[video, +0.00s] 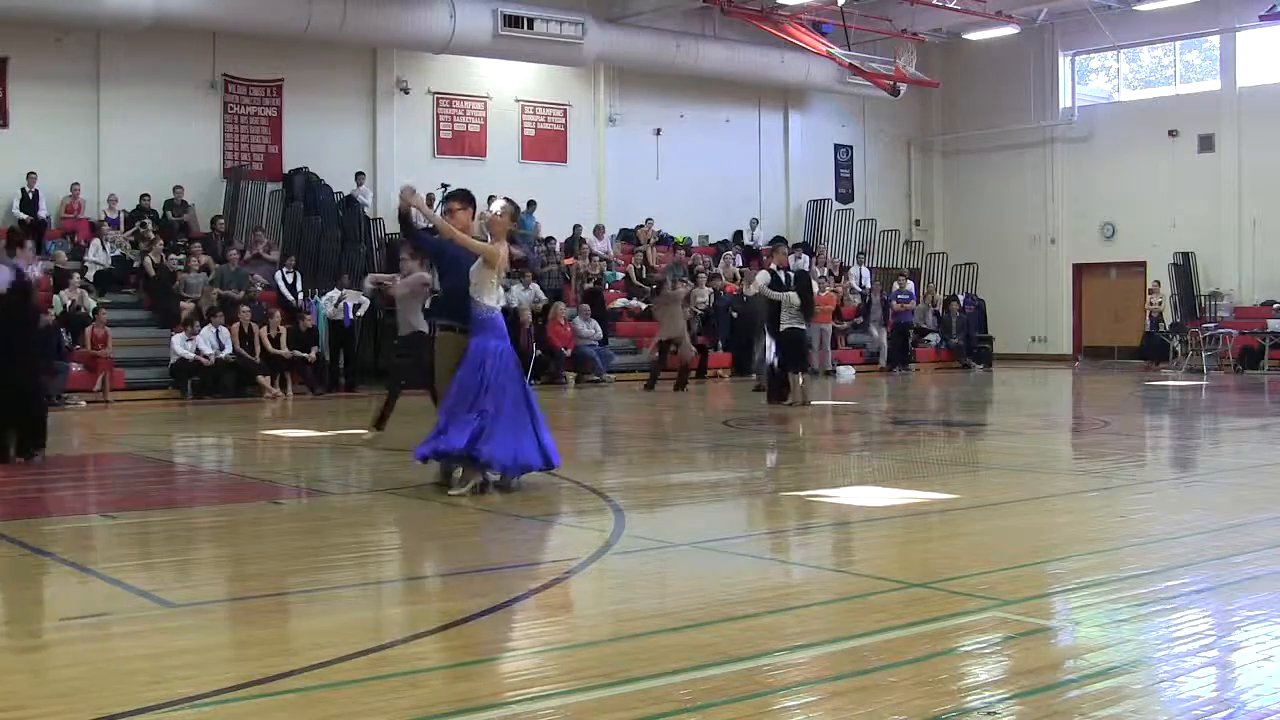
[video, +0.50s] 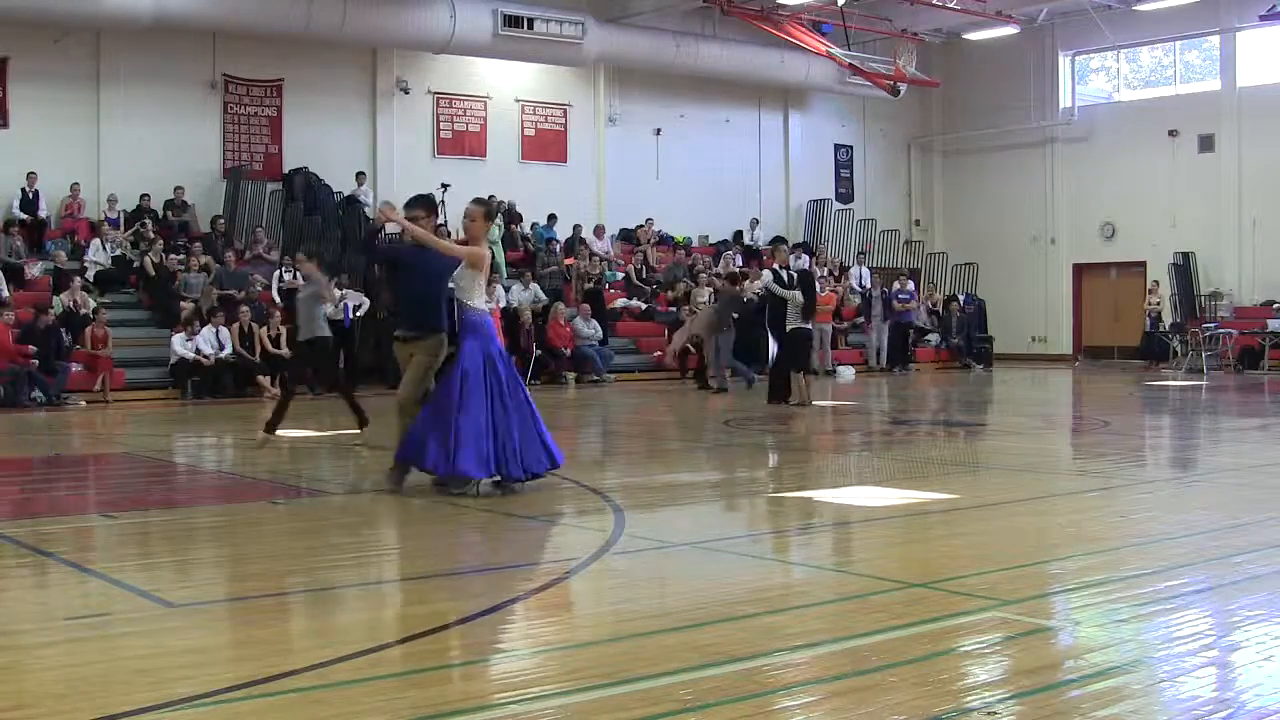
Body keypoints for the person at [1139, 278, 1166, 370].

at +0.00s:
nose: (1154, 288)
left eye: (1156, 286)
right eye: (1153, 286)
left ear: (1159, 287)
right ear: (1151, 287)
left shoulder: (1162, 296)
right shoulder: (1149, 296)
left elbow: (1161, 308)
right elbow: (1146, 307)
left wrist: (1150, 308)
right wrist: (1156, 307)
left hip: (1159, 319)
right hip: (1150, 319)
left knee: (1158, 340)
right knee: (1149, 339)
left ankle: (1157, 361)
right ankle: (1149, 361)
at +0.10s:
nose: (1154, 288)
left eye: (1156, 286)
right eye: (1153, 286)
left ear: (1159, 287)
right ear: (1151, 287)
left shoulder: (1162, 296)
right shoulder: (1149, 296)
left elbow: (1161, 308)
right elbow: (1146, 307)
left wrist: (1150, 308)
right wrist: (1157, 307)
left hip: (1159, 318)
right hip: (1151, 319)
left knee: (1158, 340)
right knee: (1150, 339)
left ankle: (1156, 361)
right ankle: (1149, 360)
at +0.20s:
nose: (1153, 288)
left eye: (1155, 286)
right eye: (1152, 286)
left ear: (1159, 287)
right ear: (1151, 287)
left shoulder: (1162, 296)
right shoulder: (1149, 296)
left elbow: (1162, 308)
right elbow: (1145, 307)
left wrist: (1150, 308)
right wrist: (1156, 307)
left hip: (1158, 318)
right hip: (1150, 318)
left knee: (1157, 339)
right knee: (1149, 338)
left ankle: (1156, 360)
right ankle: (1150, 360)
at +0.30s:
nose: (1153, 288)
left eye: (1155, 286)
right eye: (1152, 286)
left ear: (1158, 287)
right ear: (1151, 287)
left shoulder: (1161, 296)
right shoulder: (1148, 296)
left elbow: (1161, 308)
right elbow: (1145, 306)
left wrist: (1150, 308)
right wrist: (1156, 307)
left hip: (1158, 318)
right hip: (1149, 318)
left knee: (1157, 339)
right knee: (1149, 338)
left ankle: (1156, 360)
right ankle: (1150, 360)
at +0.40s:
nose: (1153, 288)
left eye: (1155, 286)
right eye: (1152, 286)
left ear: (1158, 287)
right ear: (1151, 287)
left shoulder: (1161, 296)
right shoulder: (1148, 296)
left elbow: (1161, 308)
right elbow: (1145, 306)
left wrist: (1150, 308)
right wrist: (1155, 307)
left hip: (1158, 318)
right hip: (1149, 318)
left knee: (1157, 338)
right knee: (1149, 337)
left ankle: (1156, 360)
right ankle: (1150, 360)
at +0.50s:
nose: (1153, 287)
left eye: (1154, 286)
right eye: (1152, 286)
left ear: (1158, 287)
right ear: (1151, 287)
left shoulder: (1160, 296)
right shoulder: (1148, 296)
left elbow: (1161, 308)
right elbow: (1145, 306)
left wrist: (1150, 309)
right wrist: (1156, 307)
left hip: (1157, 318)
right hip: (1149, 318)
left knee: (1156, 338)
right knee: (1149, 337)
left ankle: (1156, 360)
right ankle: (1150, 360)